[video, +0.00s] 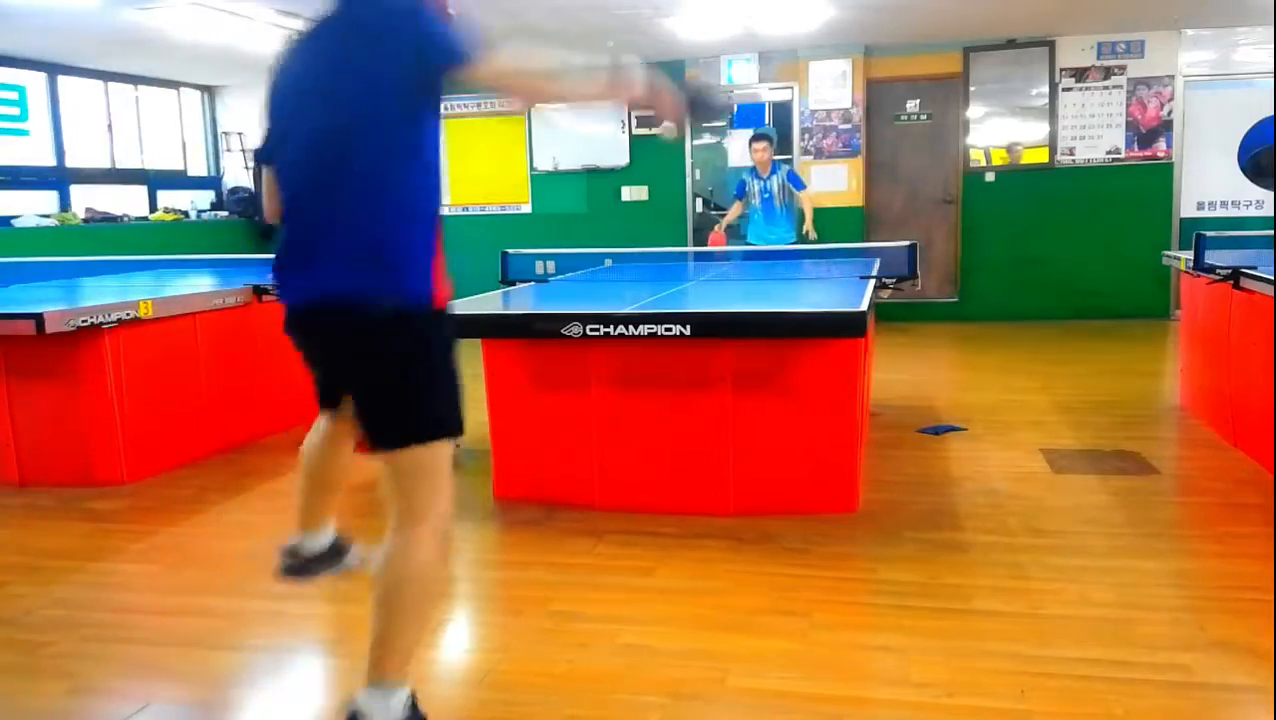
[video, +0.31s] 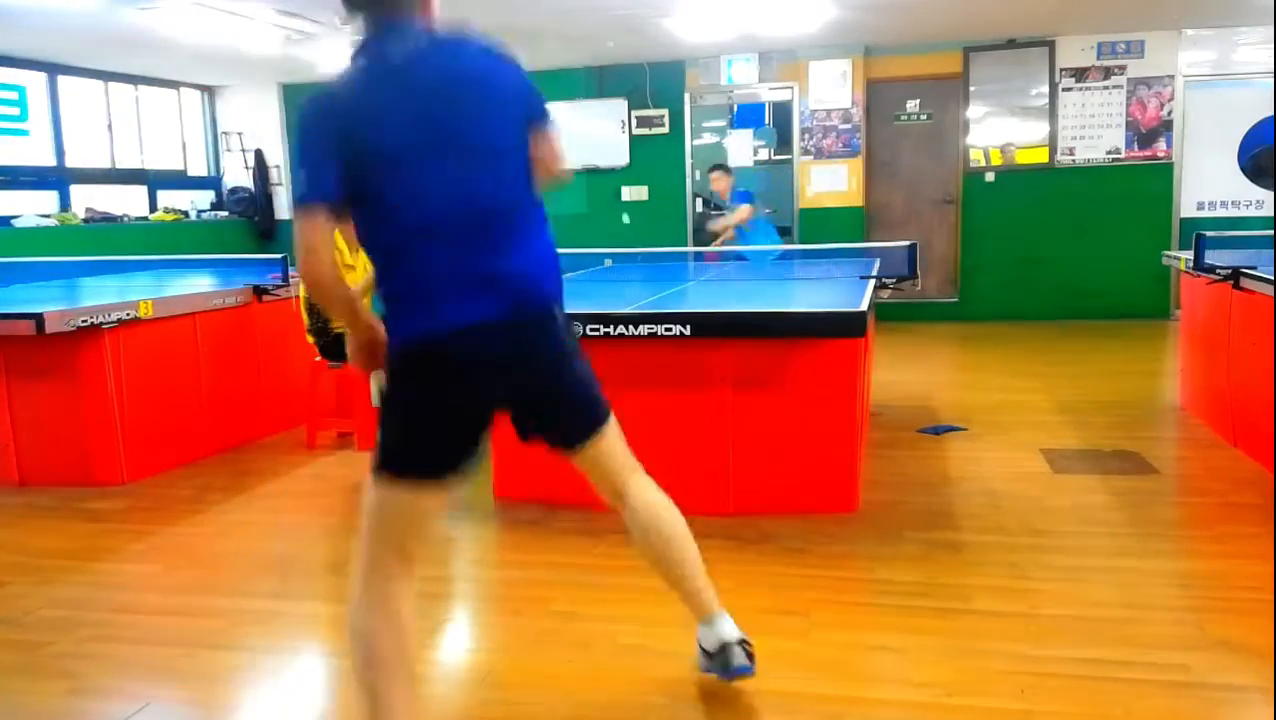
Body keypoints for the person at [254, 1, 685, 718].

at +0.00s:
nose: (448, 10)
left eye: (444, 9)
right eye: (443, 5)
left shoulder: (296, 56)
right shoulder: (409, 25)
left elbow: (274, 203)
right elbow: (521, 83)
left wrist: (350, 185)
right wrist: (620, 85)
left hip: (308, 292)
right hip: (391, 295)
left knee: (341, 411)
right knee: (423, 517)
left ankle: (309, 542)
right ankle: (383, 699)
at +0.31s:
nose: (435, 15)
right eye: (434, 8)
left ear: (356, 19)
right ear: (427, 8)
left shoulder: (333, 106)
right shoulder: (489, 64)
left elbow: (314, 266)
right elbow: (551, 162)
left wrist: (360, 331)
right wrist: (470, 188)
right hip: (533, 328)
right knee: (627, 483)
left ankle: (390, 711)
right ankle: (721, 632)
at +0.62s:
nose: (527, 27)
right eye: (527, 20)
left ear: (450, 27)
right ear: (523, 24)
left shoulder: (411, 111)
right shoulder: (577, 103)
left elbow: (382, 236)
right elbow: (629, 232)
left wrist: (394, 329)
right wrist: (623, 296)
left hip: (462, 359)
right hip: (568, 352)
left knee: (403, 511)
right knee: (637, 501)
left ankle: (358, 679)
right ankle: (699, 652)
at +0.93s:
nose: (549, 45)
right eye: (548, 36)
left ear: (469, 43)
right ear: (541, 42)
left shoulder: (431, 123)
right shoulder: (586, 102)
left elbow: (385, 242)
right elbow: (660, 196)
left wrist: (406, 303)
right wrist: (629, 259)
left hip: (471, 362)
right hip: (574, 356)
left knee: (409, 509)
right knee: (640, 503)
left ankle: (345, 661)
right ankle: (669, 664)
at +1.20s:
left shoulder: (405, 5)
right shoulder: (572, 2)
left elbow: (368, 72)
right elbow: (655, 52)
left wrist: (392, 178)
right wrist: (691, 160)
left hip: (479, 257)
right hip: (580, 247)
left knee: (425, 431)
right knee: (643, 436)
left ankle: (365, 591)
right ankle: (677, 600)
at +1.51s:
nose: (509, 44)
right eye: (508, 33)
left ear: (426, 42)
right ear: (500, 39)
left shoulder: (386, 127)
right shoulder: (550, 119)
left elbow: (341, 244)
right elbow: (623, 238)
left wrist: (382, 317)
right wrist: (674, 337)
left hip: (443, 391)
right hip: (552, 383)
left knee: (403, 551)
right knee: (632, 523)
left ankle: (372, 710)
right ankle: (712, 673)